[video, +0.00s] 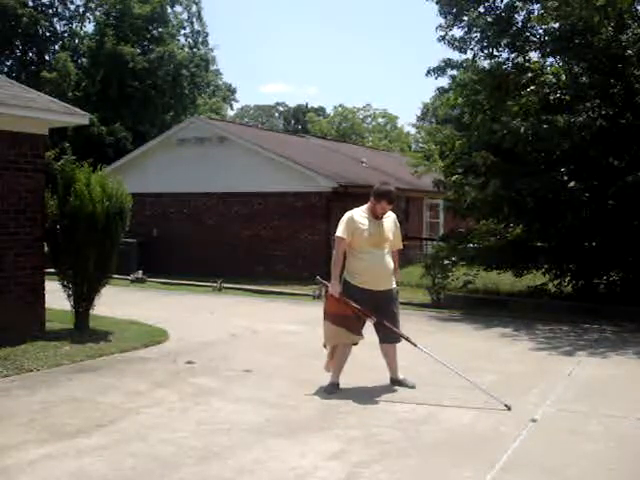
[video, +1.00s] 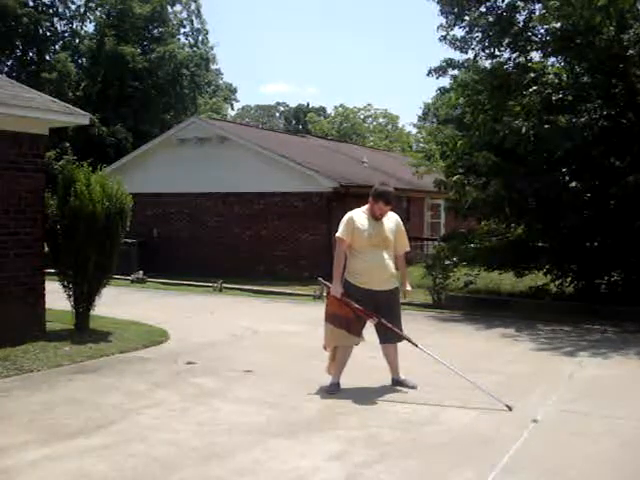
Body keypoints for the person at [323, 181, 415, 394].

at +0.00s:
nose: (385, 211)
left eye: (388, 207)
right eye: (383, 206)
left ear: (390, 205)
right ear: (372, 200)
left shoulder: (391, 219)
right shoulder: (352, 218)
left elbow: (395, 252)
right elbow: (339, 250)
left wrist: (394, 277)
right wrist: (335, 280)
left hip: (385, 289)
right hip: (356, 287)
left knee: (389, 336)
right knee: (346, 334)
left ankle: (395, 376)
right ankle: (334, 380)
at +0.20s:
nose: (384, 211)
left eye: (387, 207)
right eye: (381, 206)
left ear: (389, 205)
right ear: (372, 200)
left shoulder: (391, 219)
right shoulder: (351, 218)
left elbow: (395, 253)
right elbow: (339, 250)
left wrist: (395, 279)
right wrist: (335, 281)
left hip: (385, 289)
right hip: (355, 288)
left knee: (389, 336)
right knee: (347, 335)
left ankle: (395, 376)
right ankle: (334, 380)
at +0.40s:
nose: (384, 211)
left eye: (387, 207)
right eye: (381, 206)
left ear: (389, 205)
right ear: (371, 200)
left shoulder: (392, 220)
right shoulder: (351, 218)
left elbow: (399, 254)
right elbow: (339, 250)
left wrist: (395, 276)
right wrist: (336, 281)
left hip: (386, 290)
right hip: (355, 288)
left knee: (389, 336)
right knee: (347, 335)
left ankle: (396, 376)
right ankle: (335, 380)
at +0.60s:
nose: (383, 210)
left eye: (387, 207)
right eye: (380, 206)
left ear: (390, 205)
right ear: (371, 201)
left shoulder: (393, 220)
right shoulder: (352, 219)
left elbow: (404, 253)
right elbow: (340, 251)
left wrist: (417, 278)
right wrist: (336, 282)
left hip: (387, 289)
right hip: (356, 288)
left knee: (390, 336)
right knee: (347, 335)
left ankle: (396, 377)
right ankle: (335, 380)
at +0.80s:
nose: (385, 210)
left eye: (388, 207)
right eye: (382, 206)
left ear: (390, 205)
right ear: (371, 200)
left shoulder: (394, 221)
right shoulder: (352, 219)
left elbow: (401, 254)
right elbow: (340, 251)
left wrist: (408, 278)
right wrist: (336, 282)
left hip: (387, 290)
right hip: (356, 288)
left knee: (390, 336)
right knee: (347, 336)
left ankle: (396, 377)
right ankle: (335, 380)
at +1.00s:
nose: (383, 211)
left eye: (387, 208)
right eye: (381, 206)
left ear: (390, 206)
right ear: (371, 200)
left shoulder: (394, 221)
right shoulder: (352, 218)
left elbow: (400, 255)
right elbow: (340, 250)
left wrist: (404, 281)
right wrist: (337, 282)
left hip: (388, 289)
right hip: (356, 287)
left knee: (390, 336)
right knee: (347, 335)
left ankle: (396, 376)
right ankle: (335, 380)